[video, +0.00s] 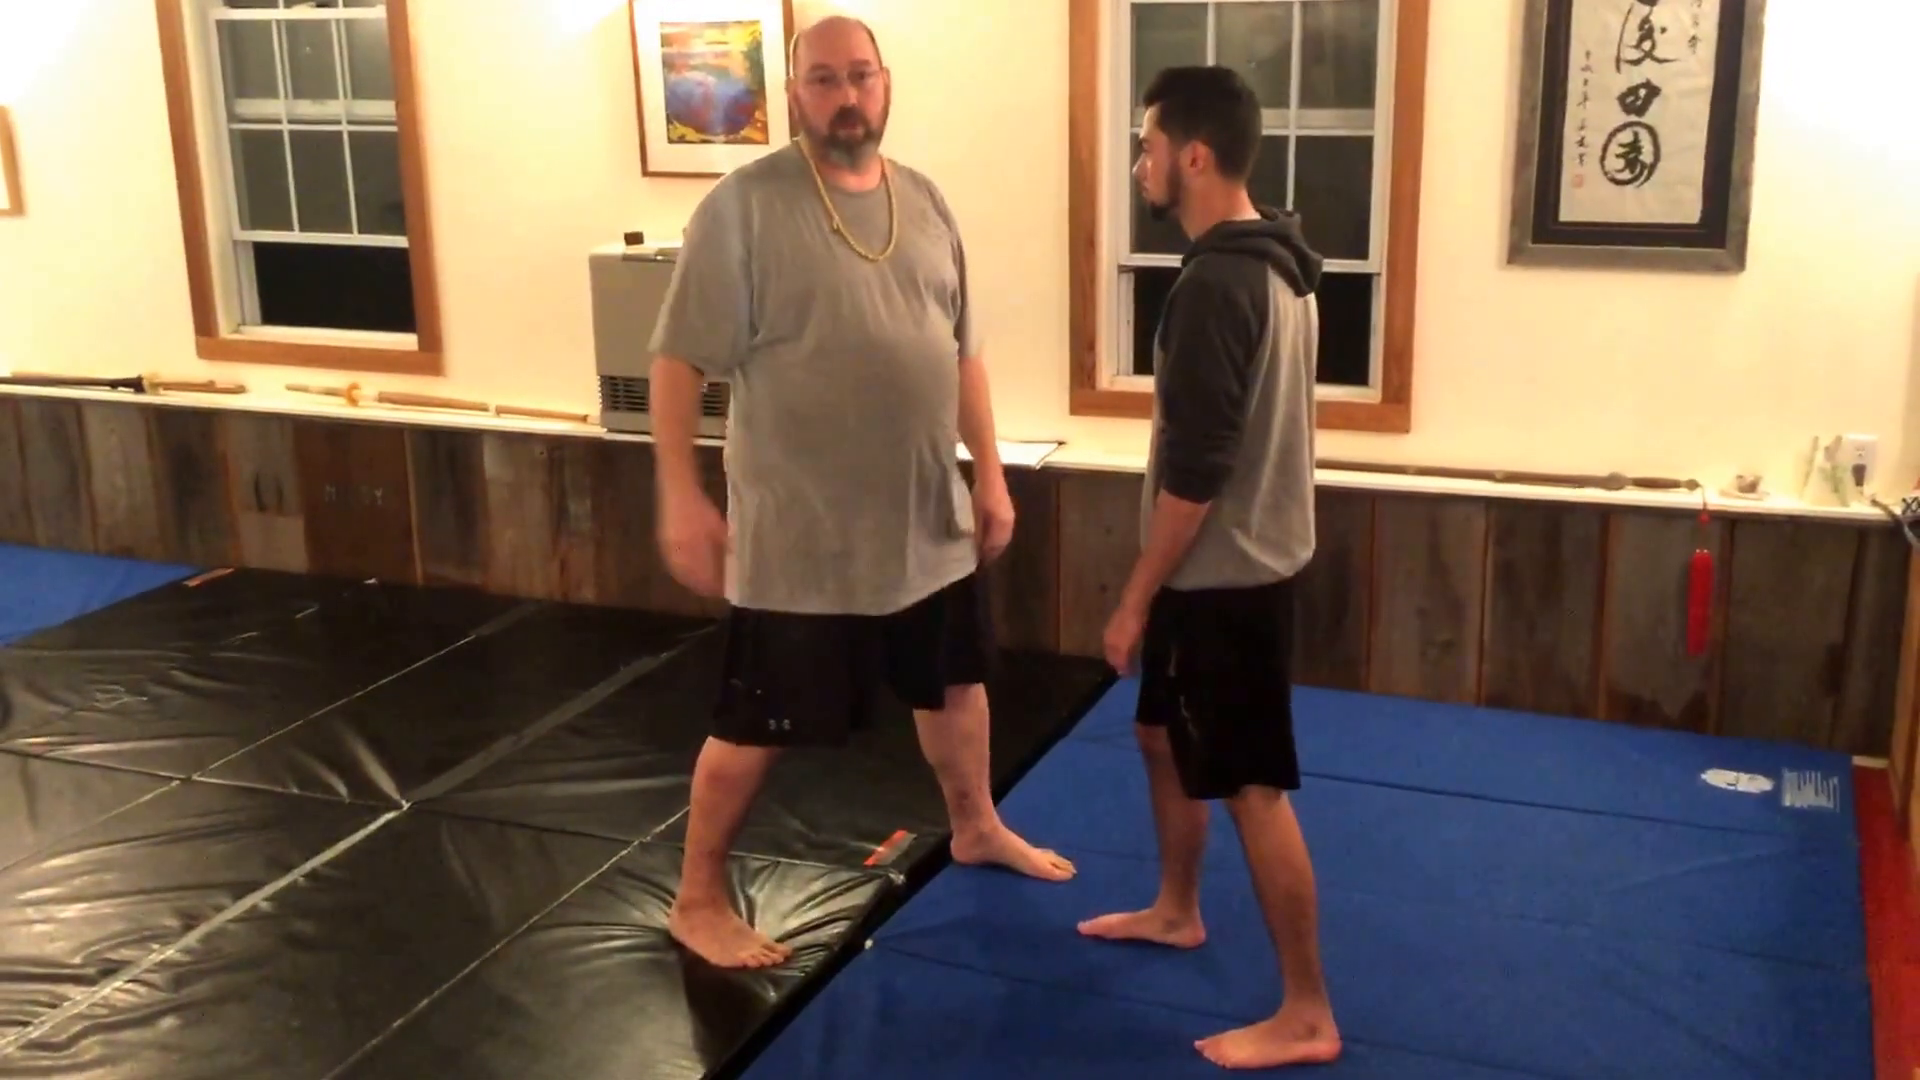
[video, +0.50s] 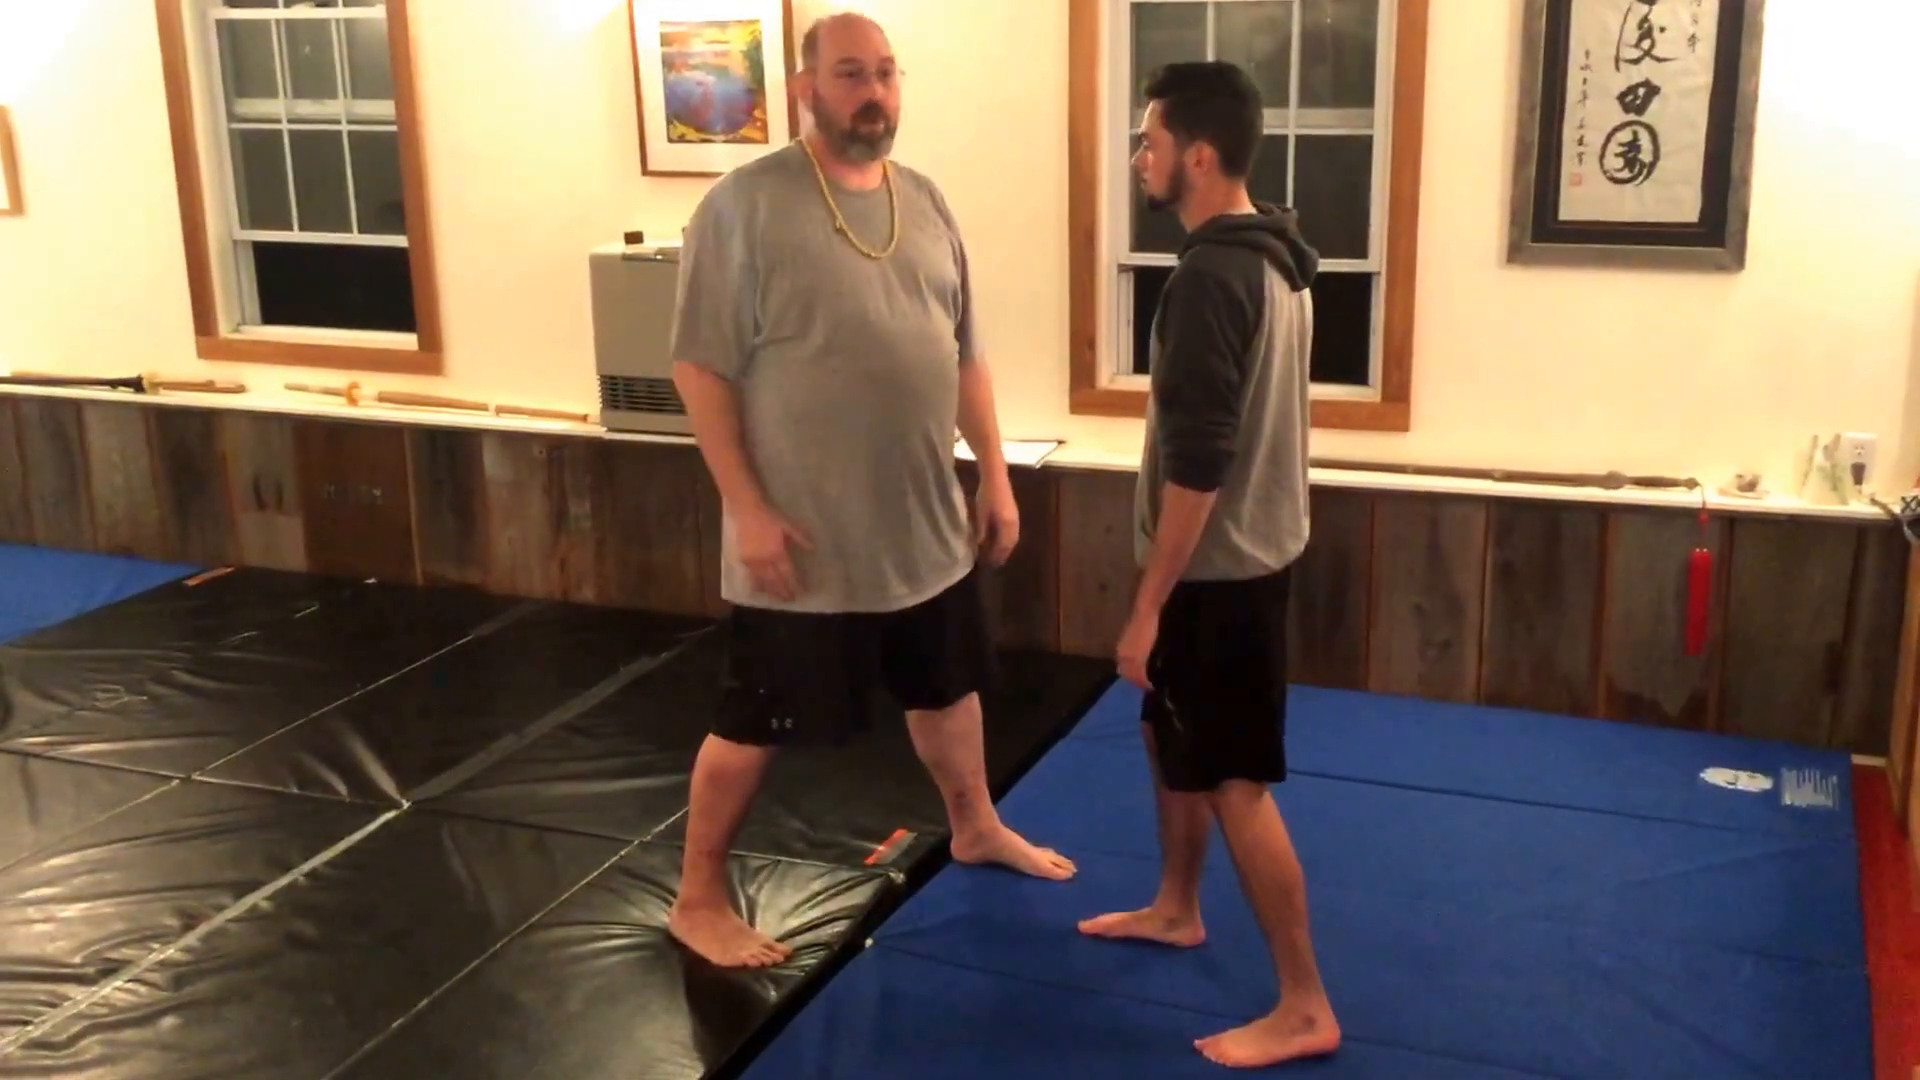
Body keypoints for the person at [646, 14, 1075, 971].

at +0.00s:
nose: (847, 95)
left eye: (861, 76)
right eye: (824, 80)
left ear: (888, 86)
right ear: (792, 94)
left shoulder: (925, 200)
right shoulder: (743, 206)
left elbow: (962, 346)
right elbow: (677, 358)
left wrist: (988, 471)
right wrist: (680, 496)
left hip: (926, 509)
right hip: (794, 523)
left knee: (955, 677)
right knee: (753, 723)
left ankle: (977, 828)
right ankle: (698, 895)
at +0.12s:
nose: (847, 95)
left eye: (862, 75)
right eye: (825, 79)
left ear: (888, 85)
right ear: (793, 92)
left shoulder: (924, 199)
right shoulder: (743, 206)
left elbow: (967, 350)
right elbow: (672, 354)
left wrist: (998, 469)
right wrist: (646, 485)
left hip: (928, 510)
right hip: (801, 525)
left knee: (960, 674)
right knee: (754, 725)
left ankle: (977, 826)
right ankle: (699, 897)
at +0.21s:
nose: (849, 93)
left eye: (864, 74)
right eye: (827, 77)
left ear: (889, 85)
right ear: (794, 92)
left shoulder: (926, 199)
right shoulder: (743, 206)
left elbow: (970, 351)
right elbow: (676, 357)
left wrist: (1006, 471)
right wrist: (650, 491)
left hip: (928, 510)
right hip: (799, 525)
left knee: (959, 679)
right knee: (753, 725)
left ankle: (977, 826)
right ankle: (699, 897)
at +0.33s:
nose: (868, 88)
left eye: (879, 71)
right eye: (843, 73)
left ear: (897, 85)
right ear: (799, 90)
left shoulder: (927, 202)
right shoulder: (742, 207)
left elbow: (968, 349)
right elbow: (685, 365)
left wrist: (1005, 467)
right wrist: (698, 504)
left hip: (929, 515)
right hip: (797, 530)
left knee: (956, 681)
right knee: (751, 724)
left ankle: (978, 827)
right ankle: (699, 895)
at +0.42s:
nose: (875, 90)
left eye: (886, 73)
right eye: (850, 74)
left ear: (902, 86)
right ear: (803, 91)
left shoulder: (926, 201)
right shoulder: (743, 206)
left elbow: (966, 347)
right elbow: (695, 366)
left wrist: (1001, 468)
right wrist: (741, 504)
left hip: (927, 517)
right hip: (795, 534)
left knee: (953, 684)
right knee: (751, 725)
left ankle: (977, 828)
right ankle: (698, 895)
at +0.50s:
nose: (874, 91)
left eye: (886, 73)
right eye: (850, 74)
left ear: (902, 87)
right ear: (803, 90)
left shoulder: (926, 202)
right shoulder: (743, 205)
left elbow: (962, 350)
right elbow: (699, 366)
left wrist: (995, 471)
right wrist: (745, 507)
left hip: (924, 516)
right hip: (794, 533)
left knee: (950, 684)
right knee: (753, 723)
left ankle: (977, 828)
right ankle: (698, 896)